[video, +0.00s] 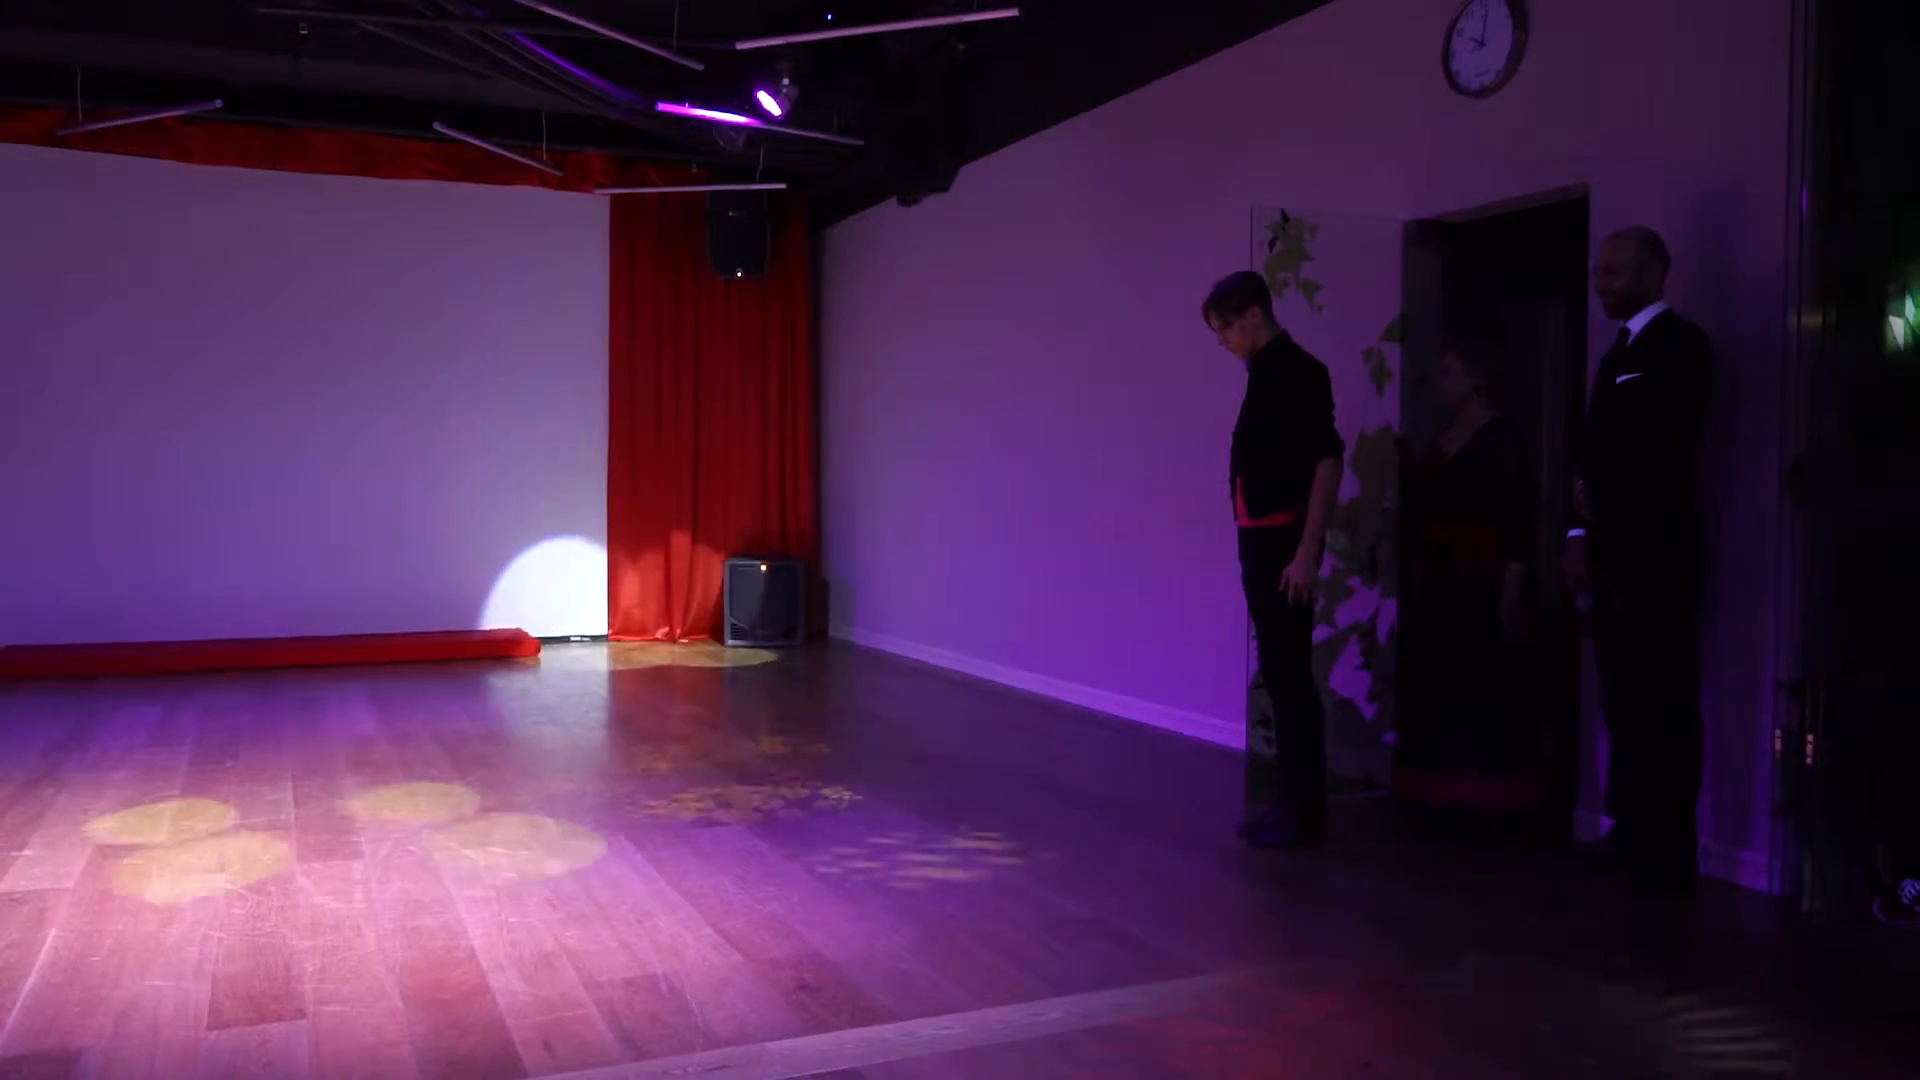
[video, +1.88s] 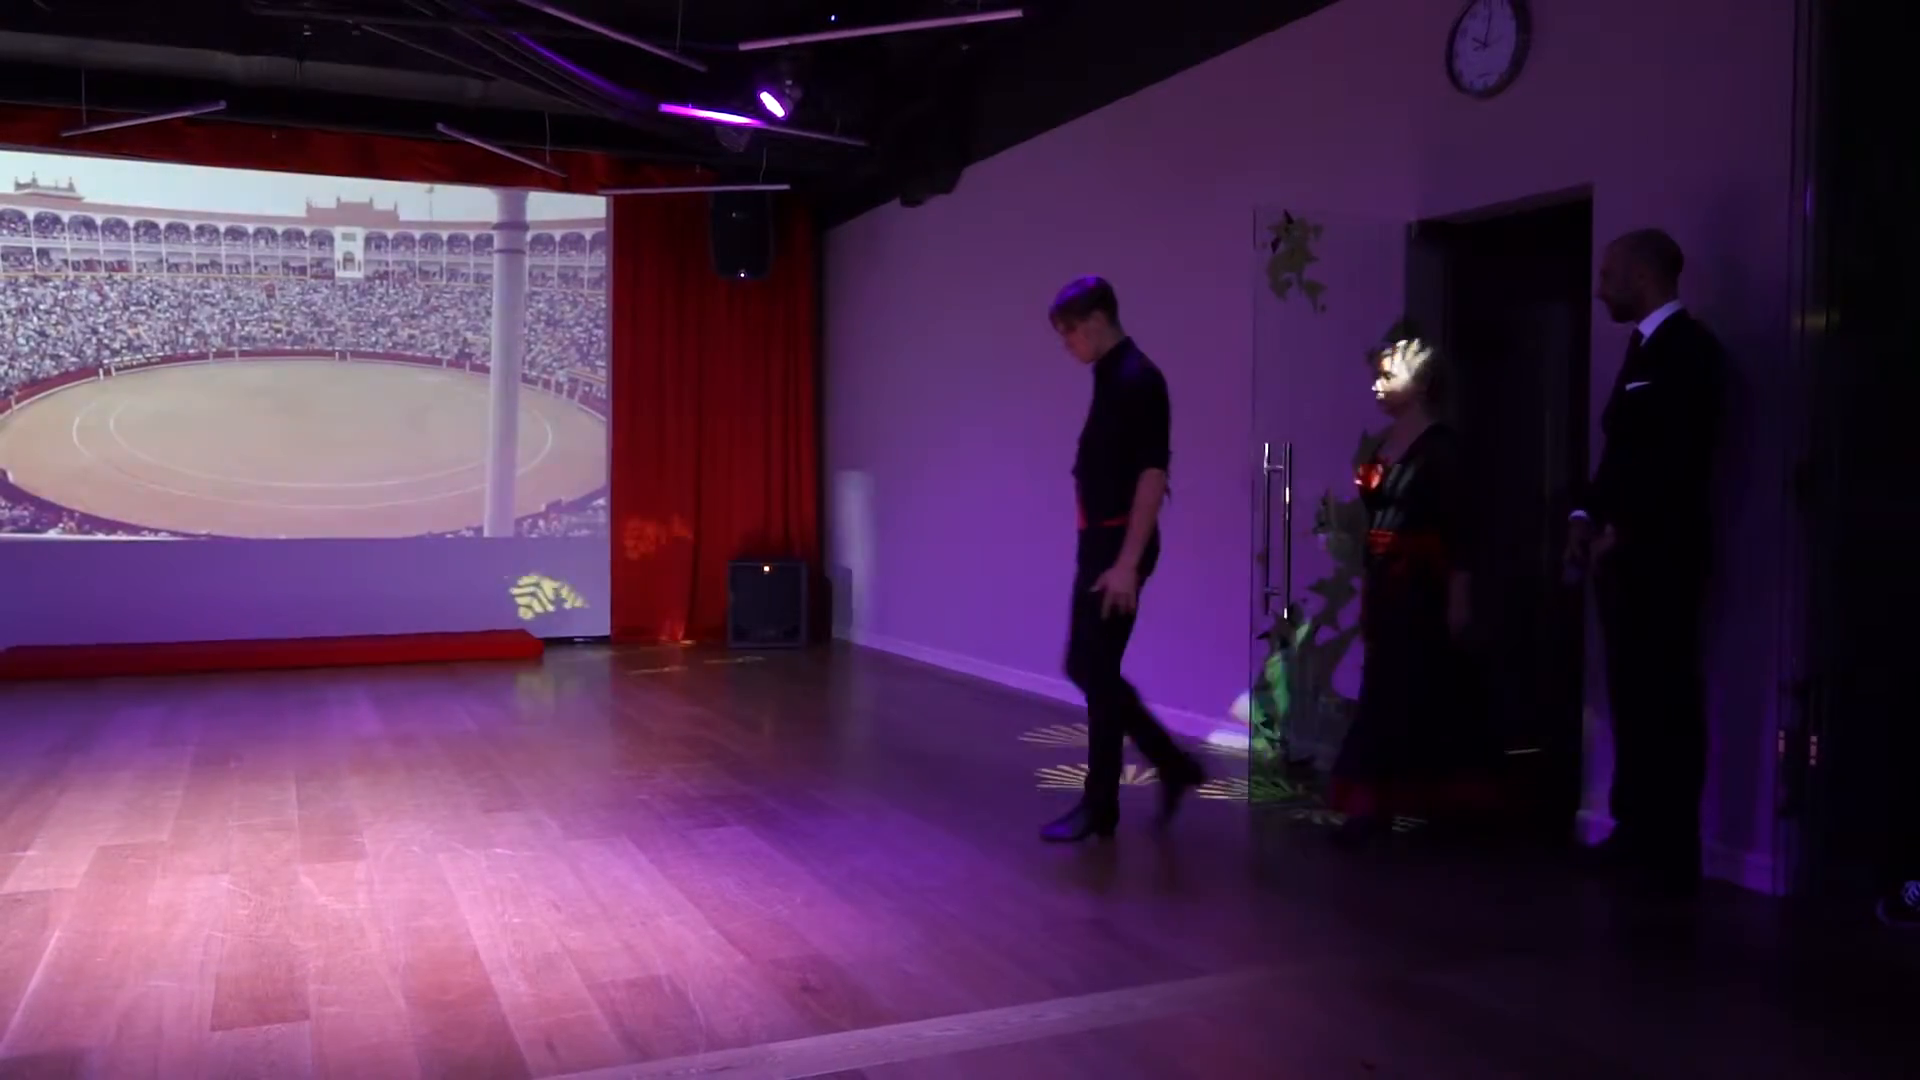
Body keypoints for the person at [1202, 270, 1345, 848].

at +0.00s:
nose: (1222, 343)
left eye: (1224, 330)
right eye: (1217, 333)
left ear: (1254, 316)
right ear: (1250, 320)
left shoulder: (1297, 372)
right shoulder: (1267, 372)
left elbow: (1327, 462)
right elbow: (1270, 465)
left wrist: (1306, 554)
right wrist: (1255, 545)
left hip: (1283, 544)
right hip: (1261, 542)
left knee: (1289, 677)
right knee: (1281, 677)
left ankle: (1299, 811)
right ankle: (1291, 805)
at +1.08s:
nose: (1204, 347)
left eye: (1209, 333)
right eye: (1198, 337)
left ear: (1241, 322)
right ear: (1227, 330)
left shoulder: (1278, 379)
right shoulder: (1250, 377)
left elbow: (1309, 470)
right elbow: (1257, 469)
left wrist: (1291, 561)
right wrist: (1244, 551)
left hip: (1267, 551)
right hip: (1249, 548)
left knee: (1232, 664)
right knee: (1262, 670)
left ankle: (1277, 802)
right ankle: (1281, 803)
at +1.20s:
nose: (1190, 349)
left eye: (1193, 337)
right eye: (1187, 339)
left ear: (1222, 327)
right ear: (1223, 328)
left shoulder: (1267, 381)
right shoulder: (1240, 379)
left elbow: (1300, 473)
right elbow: (1239, 466)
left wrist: (1285, 564)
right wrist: (1230, 542)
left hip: (1255, 551)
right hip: (1245, 548)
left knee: (1200, 663)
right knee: (1269, 675)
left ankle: (1211, 800)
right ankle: (1293, 802)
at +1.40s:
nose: (1164, 352)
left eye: (1167, 340)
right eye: (1160, 342)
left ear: (1197, 331)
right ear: (1198, 334)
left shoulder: (1239, 387)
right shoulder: (1211, 386)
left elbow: (1274, 477)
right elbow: (1212, 476)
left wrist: (1259, 569)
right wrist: (1201, 545)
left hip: (1228, 557)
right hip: (1216, 554)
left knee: (1169, 667)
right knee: (1259, 679)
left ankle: (1124, 801)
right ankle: (1294, 804)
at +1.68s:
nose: (1109, 347)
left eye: (1113, 334)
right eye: (1104, 337)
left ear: (1142, 324)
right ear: (1134, 329)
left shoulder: (1179, 382)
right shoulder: (1155, 380)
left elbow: (1205, 476)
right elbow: (1159, 471)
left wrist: (1189, 565)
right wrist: (1138, 548)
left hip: (1161, 550)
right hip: (1151, 547)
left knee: (1123, 670)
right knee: (1188, 668)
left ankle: (1101, 805)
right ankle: (1268, 779)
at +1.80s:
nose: (1083, 346)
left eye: (1085, 332)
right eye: (1078, 335)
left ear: (1113, 322)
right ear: (1111, 324)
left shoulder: (1153, 380)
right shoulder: (1127, 377)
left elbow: (1173, 476)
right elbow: (1126, 469)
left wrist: (1153, 564)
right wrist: (1105, 542)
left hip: (1135, 546)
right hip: (1117, 542)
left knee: (1112, 672)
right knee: (1126, 670)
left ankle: (1100, 806)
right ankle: (1222, 766)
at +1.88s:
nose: (1067, 344)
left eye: (1071, 331)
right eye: (1063, 333)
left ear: (1098, 321)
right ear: (1091, 326)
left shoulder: (1138, 380)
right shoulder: (1112, 376)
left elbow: (1152, 478)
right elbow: (1112, 469)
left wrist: (1127, 564)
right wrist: (1093, 546)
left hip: (1123, 542)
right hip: (1099, 539)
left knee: (1097, 668)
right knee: (1086, 665)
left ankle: (1099, 806)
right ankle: (1175, 763)